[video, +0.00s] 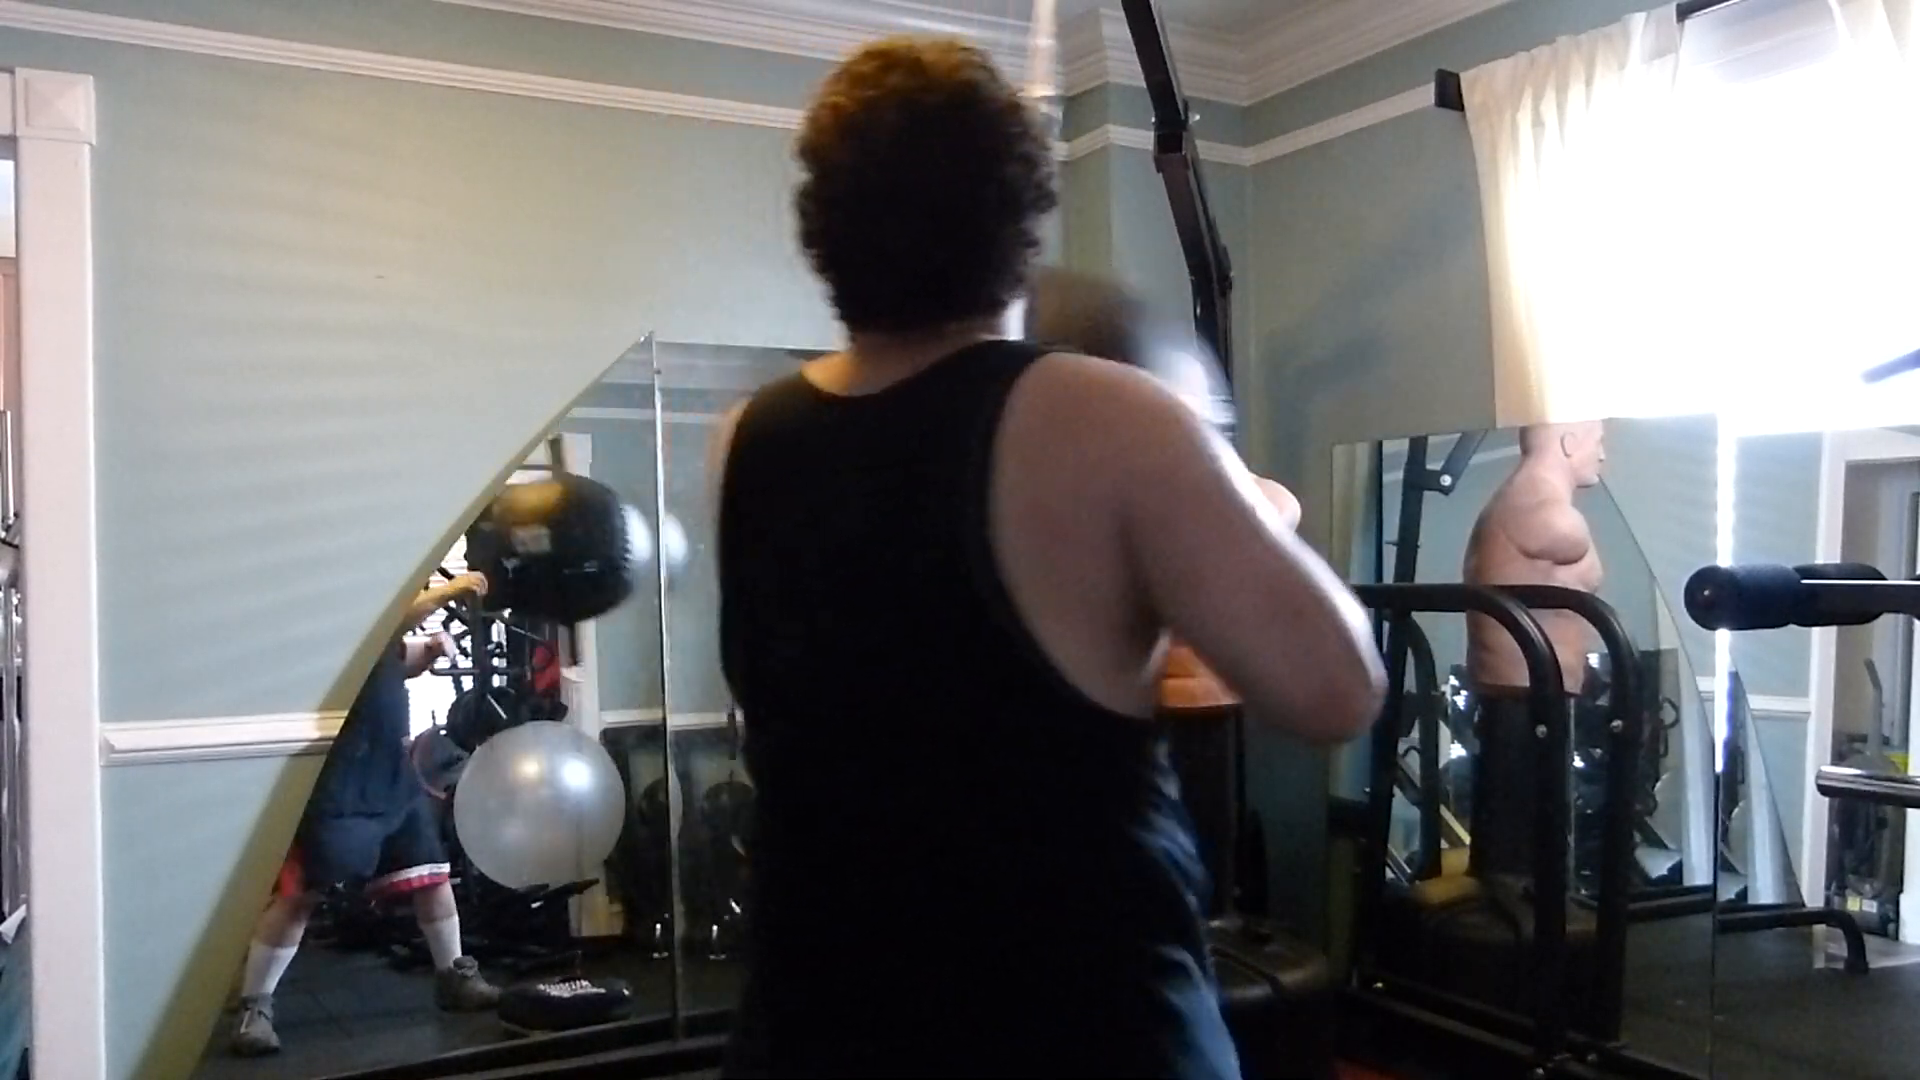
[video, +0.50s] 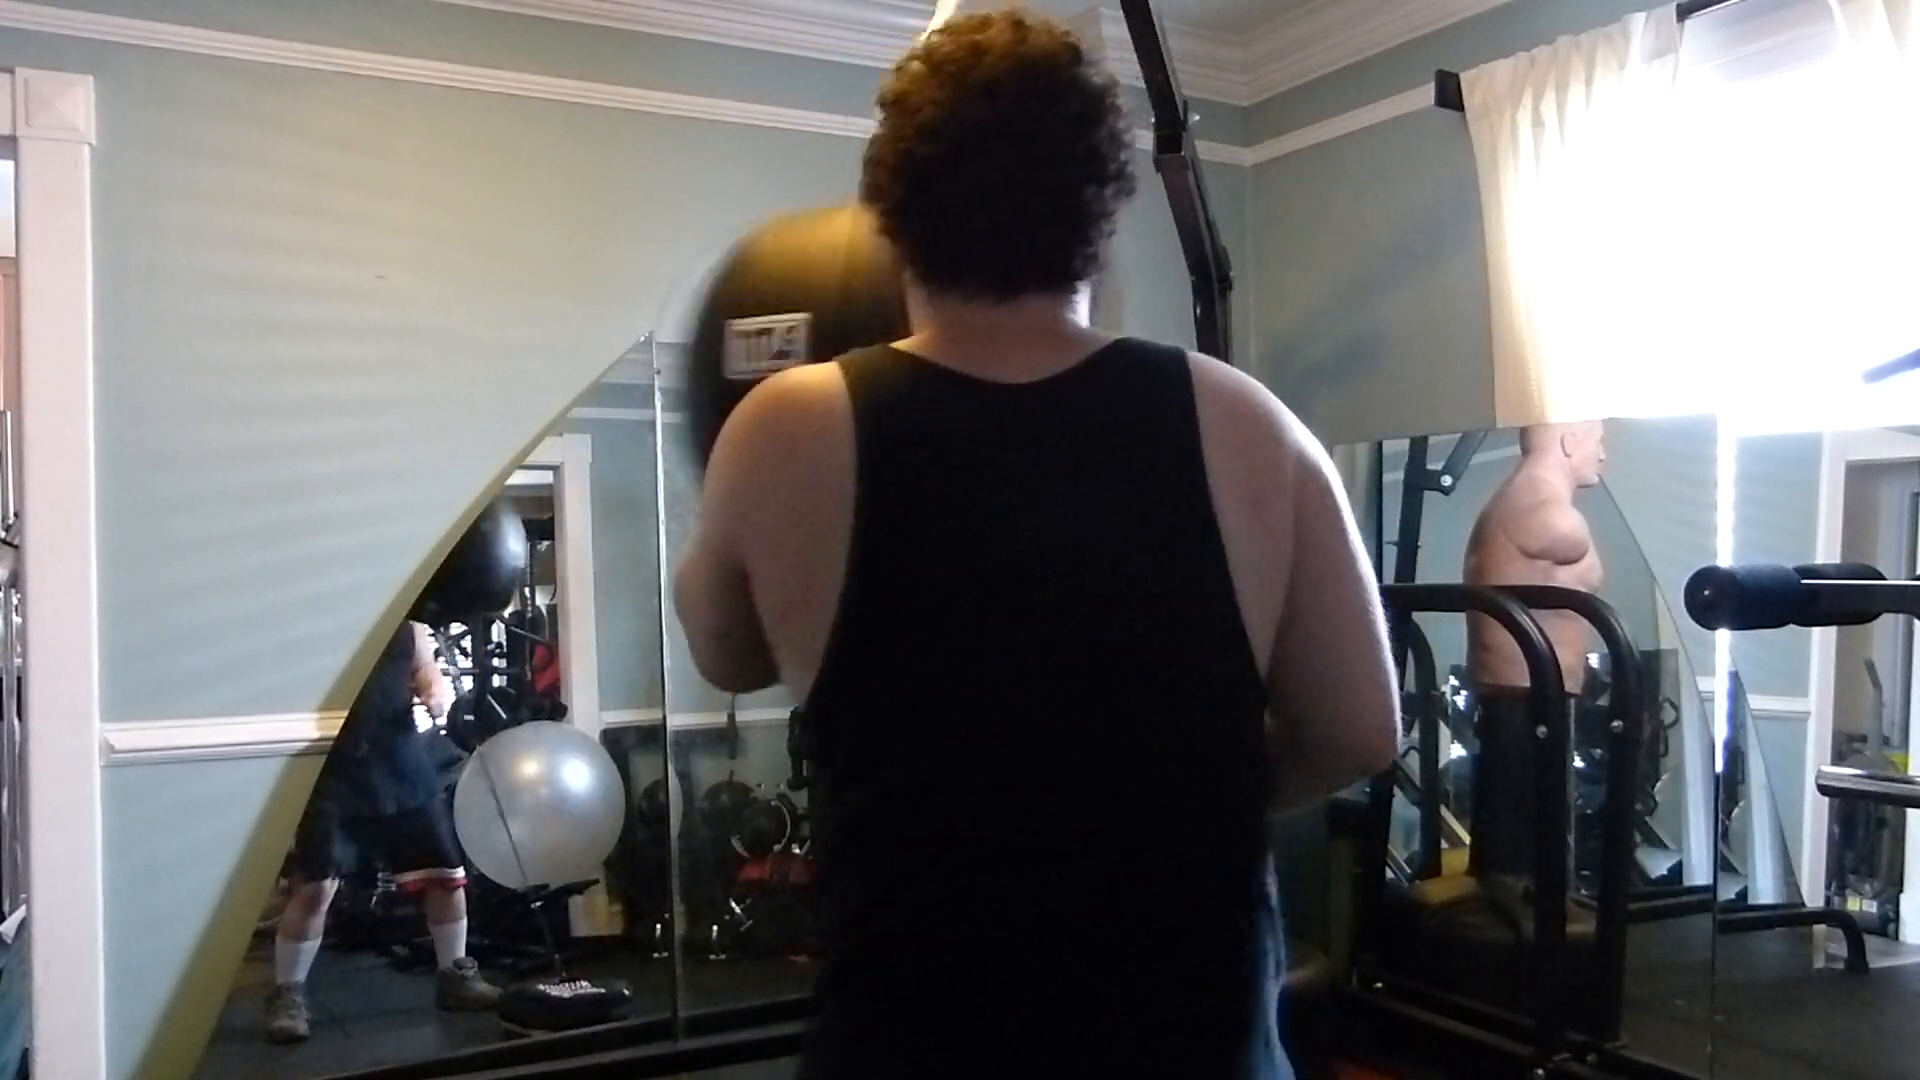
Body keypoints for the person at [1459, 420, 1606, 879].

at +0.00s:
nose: (1602, 454)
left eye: (1602, 440)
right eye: (1597, 439)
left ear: (1555, 440)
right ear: (1567, 440)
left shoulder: (1514, 499)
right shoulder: (1540, 503)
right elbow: (1593, 575)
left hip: (1512, 696)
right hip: (1529, 700)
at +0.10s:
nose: (1604, 454)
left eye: (1603, 439)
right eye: (1598, 437)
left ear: (1559, 438)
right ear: (1567, 438)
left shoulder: (1511, 502)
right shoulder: (1538, 500)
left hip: (1508, 690)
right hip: (1528, 694)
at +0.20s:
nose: (1603, 455)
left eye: (1602, 442)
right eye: (1597, 440)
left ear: (1564, 442)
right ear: (1566, 442)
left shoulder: (1515, 499)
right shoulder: (1538, 496)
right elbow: (1551, 539)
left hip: (1509, 683)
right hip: (1528, 685)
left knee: (1511, 781)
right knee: (1527, 785)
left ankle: (1509, 879)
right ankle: (1515, 884)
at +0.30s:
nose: (1603, 455)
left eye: (1602, 441)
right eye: (1597, 439)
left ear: (1554, 441)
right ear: (1567, 442)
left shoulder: (1507, 502)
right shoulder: (1541, 502)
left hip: (1506, 692)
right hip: (1530, 697)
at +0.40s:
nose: (1603, 454)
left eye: (1602, 440)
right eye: (1597, 439)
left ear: (1555, 440)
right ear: (1567, 441)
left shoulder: (1511, 500)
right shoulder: (1540, 502)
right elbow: (1593, 575)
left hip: (1508, 694)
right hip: (1530, 698)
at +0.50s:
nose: (1603, 455)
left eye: (1602, 440)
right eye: (1597, 438)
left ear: (1555, 440)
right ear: (1567, 440)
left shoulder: (1507, 502)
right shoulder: (1539, 500)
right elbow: (1594, 575)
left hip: (1508, 697)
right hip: (1531, 700)